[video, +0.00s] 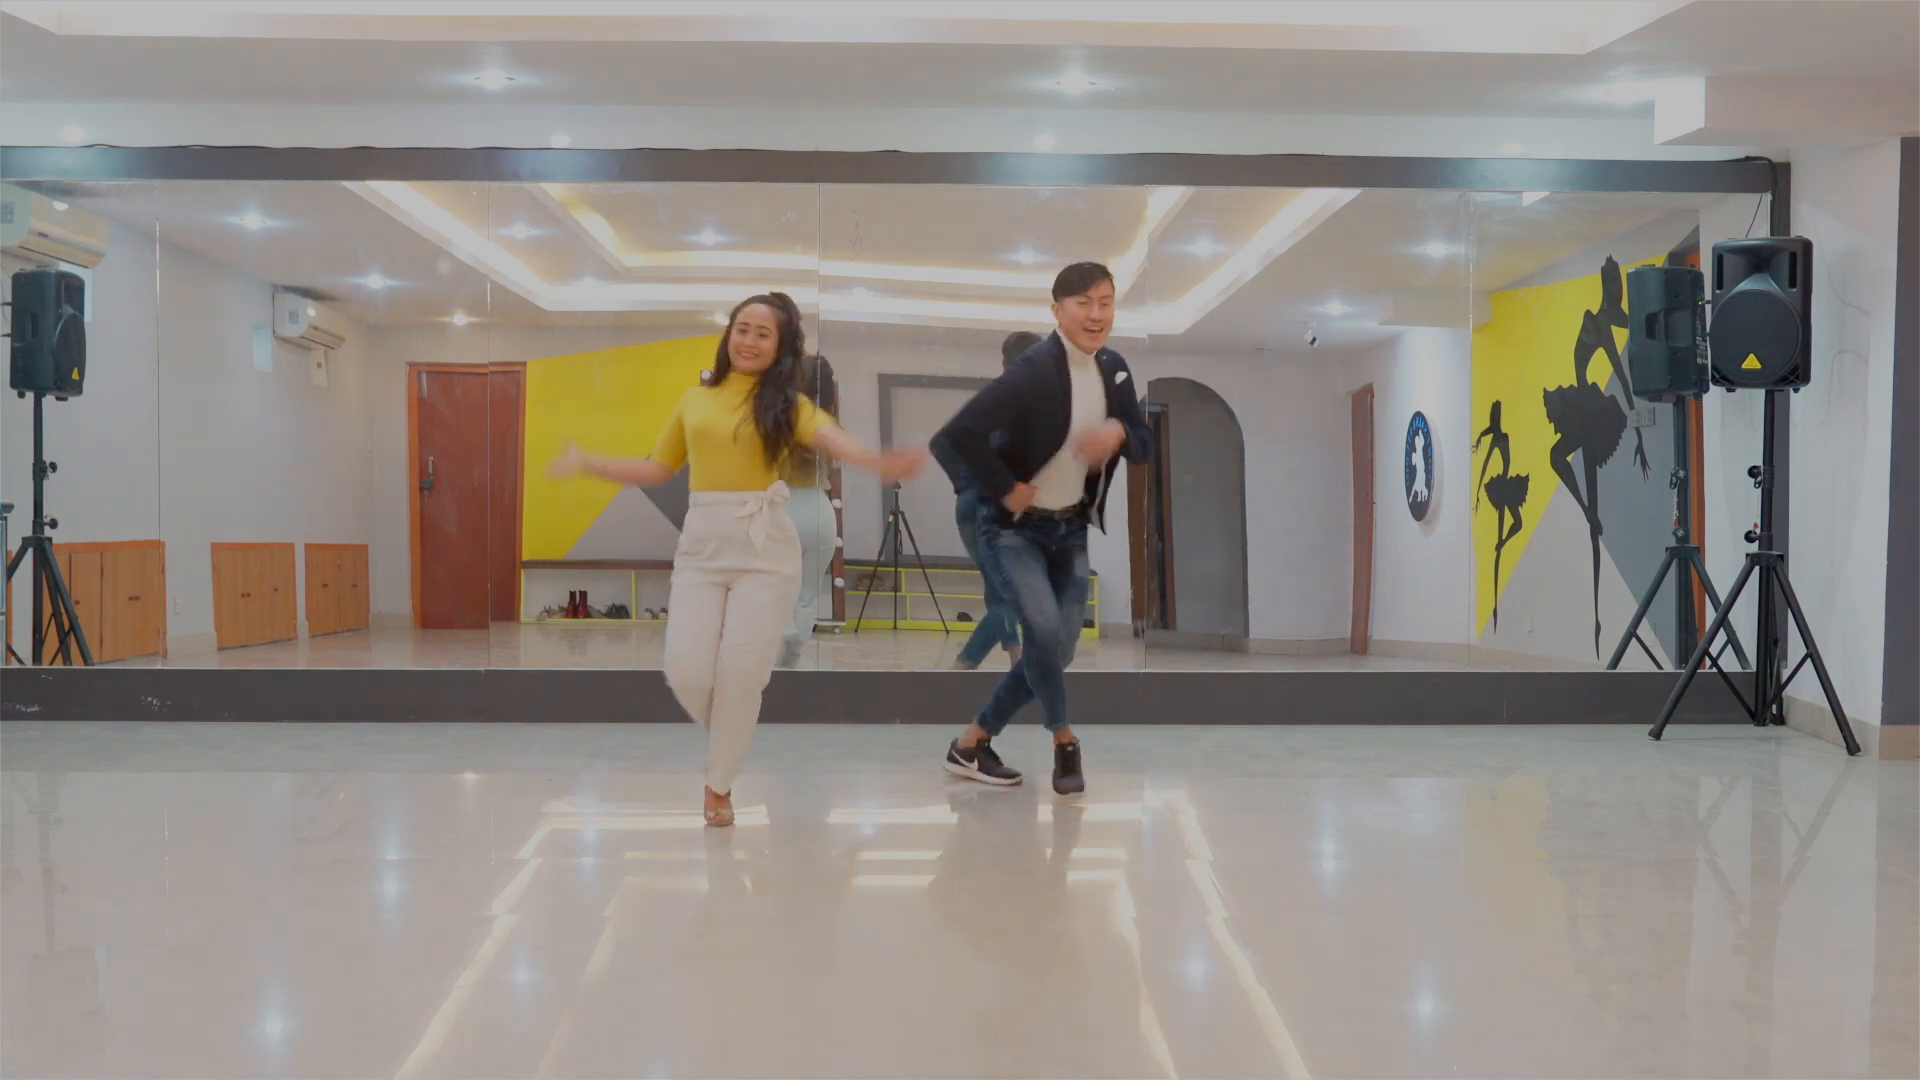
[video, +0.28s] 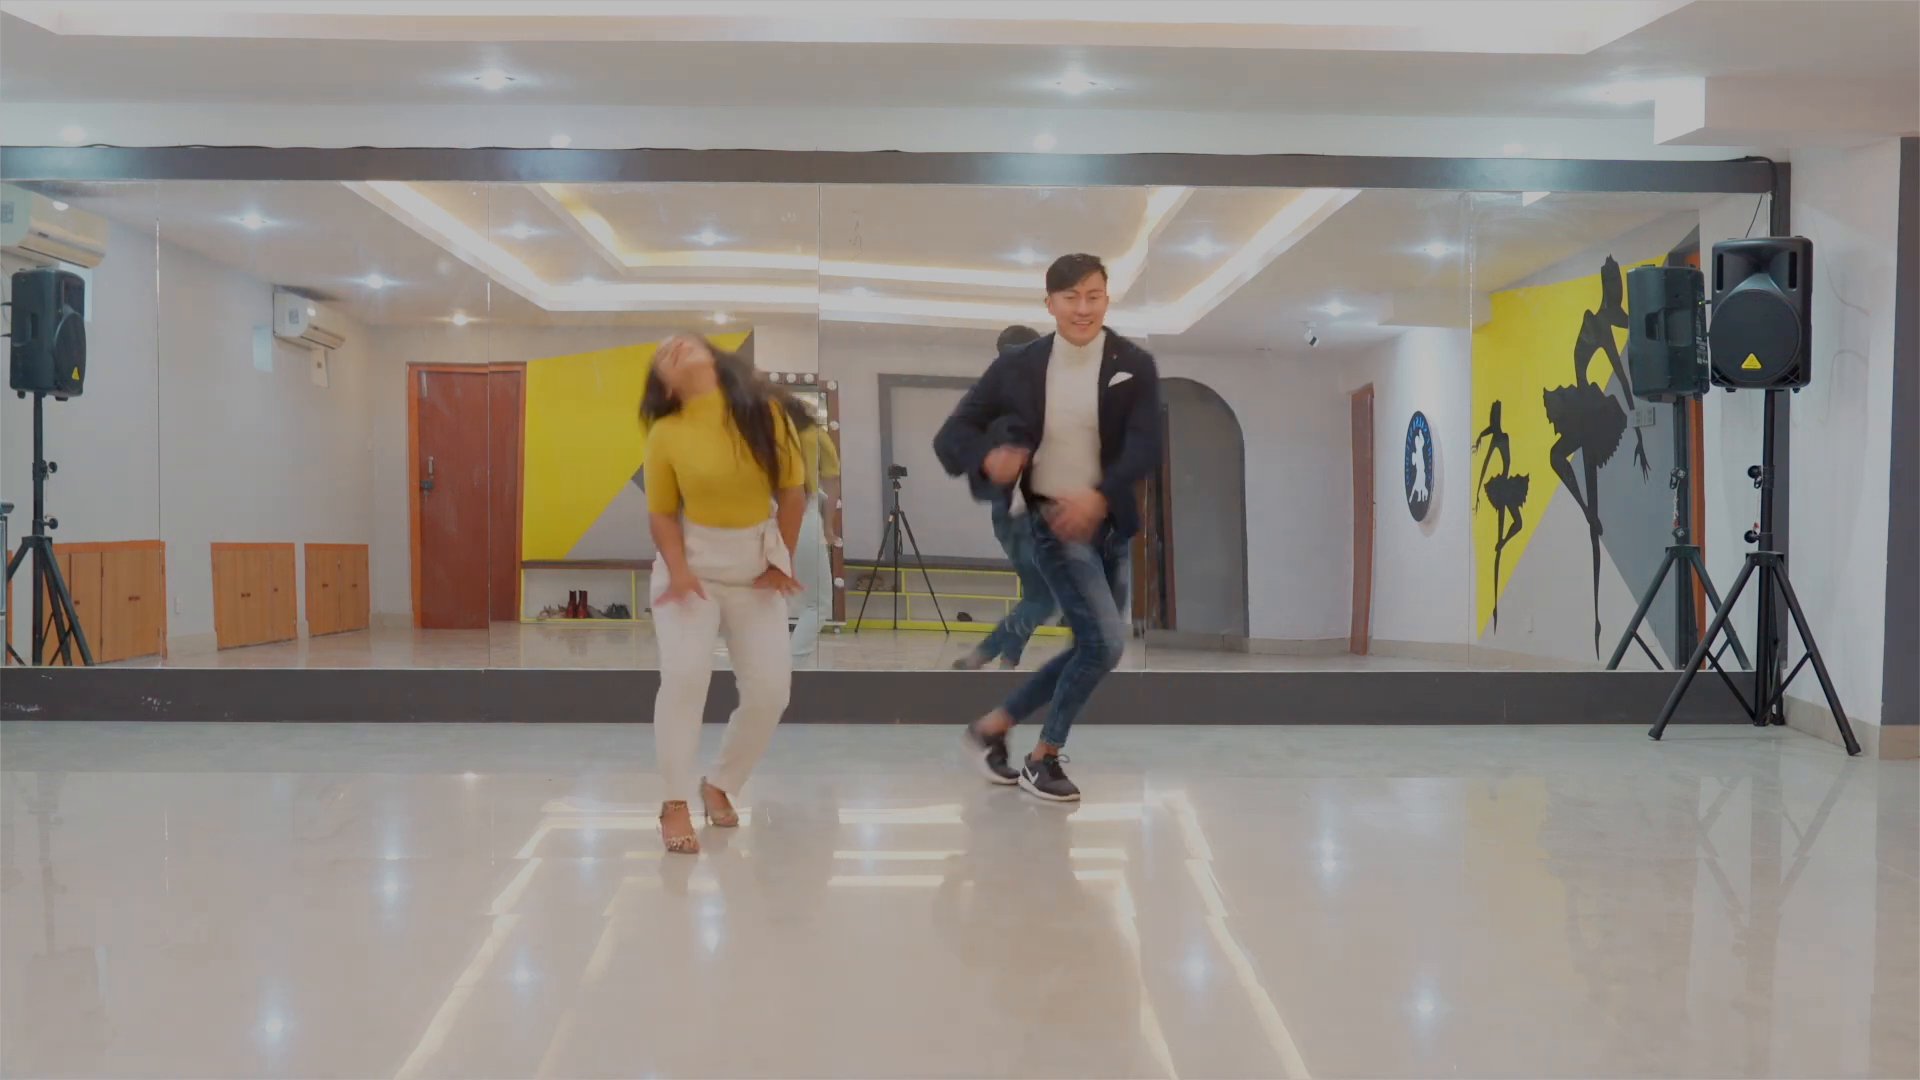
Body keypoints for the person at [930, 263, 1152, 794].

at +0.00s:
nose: (1097, 314)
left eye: (1106, 302)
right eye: (1084, 303)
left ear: (1115, 308)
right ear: (1057, 309)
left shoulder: (1114, 369)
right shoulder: (1034, 371)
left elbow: (1144, 447)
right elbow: (954, 438)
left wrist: (1120, 435)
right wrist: (1005, 486)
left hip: (1070, 528)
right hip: (1010, 524)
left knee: (1056, 649)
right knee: (1043, 630)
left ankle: (972, 743)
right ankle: (1064, 741)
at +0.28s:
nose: (1083, 307)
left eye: (1093, 295)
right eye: (1071, 296)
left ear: (1107, 297)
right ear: (1050, 302)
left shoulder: (1133, 363)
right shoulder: (1018, 365)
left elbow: (1146, 447)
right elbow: (951, 435)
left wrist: (1101, 497)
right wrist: (986, 455)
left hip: (1110, 521)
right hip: (1050, 520)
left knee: (1096, 650)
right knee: (1105, 641)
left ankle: (994, 724)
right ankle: (1044, 756)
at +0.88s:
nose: (1193, 319)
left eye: (1203, 306)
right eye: (1181, 306)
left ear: (1215, 302)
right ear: (1157, 301)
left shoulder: (1233, 365)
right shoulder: (1124, 370)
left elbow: (1272, 435)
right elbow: (1103, 449)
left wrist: (1247, 404)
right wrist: (1146, 471)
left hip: (1261, 506)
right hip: (1202, 521)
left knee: (1277, 649)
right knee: (1270, 648)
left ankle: (1230, 755)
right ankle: (1207, 722)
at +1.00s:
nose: (1196, 299)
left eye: (1205, 287)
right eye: (1184, 288)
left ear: (1221, 288)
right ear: (1165, 292)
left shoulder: (1252, 350)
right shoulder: (1141, 363)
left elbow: (1312, 402)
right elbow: (1094, 442)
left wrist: (1282, 420)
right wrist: (1145, 423)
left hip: (1266, 511)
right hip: (1201, 518)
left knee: (1278, 644)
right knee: (1240, 638)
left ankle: (1230, 756)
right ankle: (1204, 723)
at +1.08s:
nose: (1200, 286)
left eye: (1211, 274)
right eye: (1188, 275)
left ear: (1227, 280)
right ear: (1169, 283)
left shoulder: (1264, 335)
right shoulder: (1148, 355)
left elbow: (1345, 383)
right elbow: (1102, 432)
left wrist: (1319, 445)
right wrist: (1167, 398)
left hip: (1255, 502)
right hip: (1184, 502)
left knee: (1283, 633)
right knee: (1179, 592)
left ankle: (1237, 744)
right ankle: (1202, 679)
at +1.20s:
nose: (1215, 302)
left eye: (1226, 291)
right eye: (1204, 292)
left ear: (1244, 299)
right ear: (1186, 302)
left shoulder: (1273, 348)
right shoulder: (1166, 374)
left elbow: (1330, 368)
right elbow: (1134, 458)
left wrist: (1310, 439)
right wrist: (1202, 432)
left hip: (1241, 517)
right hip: (1173, 502)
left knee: (1281, 647)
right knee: (1084, 523)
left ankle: (1257, 758)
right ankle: (1159, 606)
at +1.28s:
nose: (1225, 308)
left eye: (1235, 297)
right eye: (1212, 298)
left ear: (1252, 304)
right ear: (1193, 309)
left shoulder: (1284, 355)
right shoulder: (1171, 381)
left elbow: (1315, 384)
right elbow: (1148, 475)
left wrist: (1319, 448)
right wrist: (1214, 454)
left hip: (1233, 524)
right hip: (1163, 506)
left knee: (1269, 655)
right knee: (1051, 521)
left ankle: (1258, 756)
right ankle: (1106, 630)